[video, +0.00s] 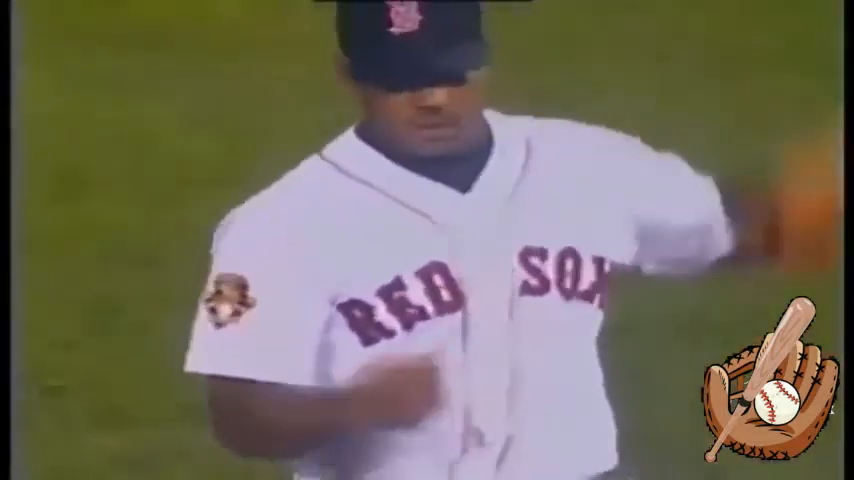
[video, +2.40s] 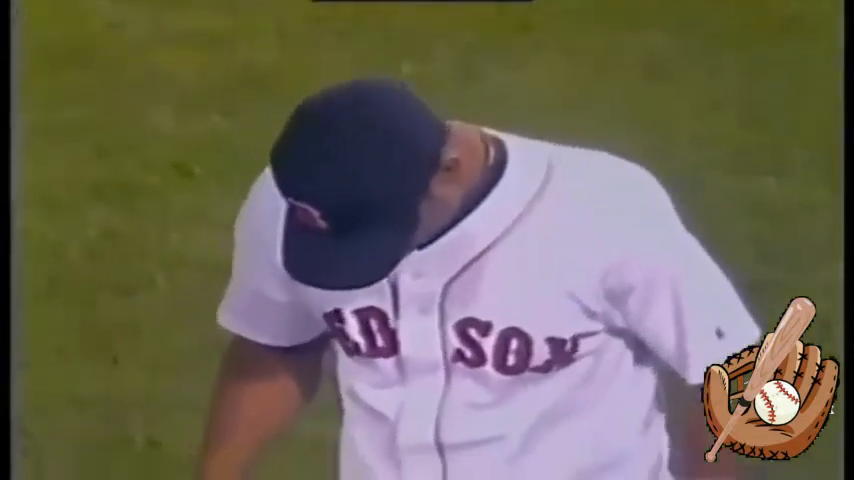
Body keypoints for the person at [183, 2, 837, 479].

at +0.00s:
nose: (432, 100)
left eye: (450, 74)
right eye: (403, 80)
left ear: (479, 59)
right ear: (354, 77)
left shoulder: (586, 168)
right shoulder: (277, 228)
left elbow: (731, 222)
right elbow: (241, 418)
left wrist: (802, 212)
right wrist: (356, 405)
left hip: (575, 468)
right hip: (396, 473)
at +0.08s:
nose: (404, 103)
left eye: (427, 76)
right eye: (375, 82)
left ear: (466, 61)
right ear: (332, 80)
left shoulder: (585, 189)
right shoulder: (251, 219)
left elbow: (711, 300)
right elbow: (197, 417)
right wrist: (278, 374)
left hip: (544, 469)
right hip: (344, 470)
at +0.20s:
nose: (365, 116)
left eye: (388, 90)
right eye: (336, 94)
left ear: (440, 77)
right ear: (303, 89)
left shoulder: (548, 211)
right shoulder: (223, 220)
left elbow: (664, 376)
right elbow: (157, 428)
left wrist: (692, 468)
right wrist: (159, 338)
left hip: (495, 469)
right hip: (296, 470)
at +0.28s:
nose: (342, 125)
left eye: (367, 100)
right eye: (317, 104)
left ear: (424, 86)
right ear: (285, 103)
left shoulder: (526, 221)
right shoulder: (209, 224)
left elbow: (618, 396)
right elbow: (146, 419)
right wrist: (107, 338)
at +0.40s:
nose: (310, 129)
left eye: (335, 105)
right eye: (288, 107)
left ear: (398, 88)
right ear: (261, 100)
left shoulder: (510, 227)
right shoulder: (198, 220)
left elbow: (570, 417)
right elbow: (162, 375)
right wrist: (117, 392)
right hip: (244, 474)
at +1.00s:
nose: (270, 226)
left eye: (284, 203)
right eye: (252, 209)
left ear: (353, 150)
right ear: (229, 172)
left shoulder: (522, 228)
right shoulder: (237, 215)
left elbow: (643, 404)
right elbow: (229, 361)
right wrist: (142, 467)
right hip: (305, 465)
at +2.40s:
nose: (355, 274)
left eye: (378, 245)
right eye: (335, 252)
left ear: (447, 172)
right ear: (303, 200)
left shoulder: (611, 208)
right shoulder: (292, 205)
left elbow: (740, 378)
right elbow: (273, 350)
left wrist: (705, 464)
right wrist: (218, 469)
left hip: (599, 470)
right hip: (386, 468)